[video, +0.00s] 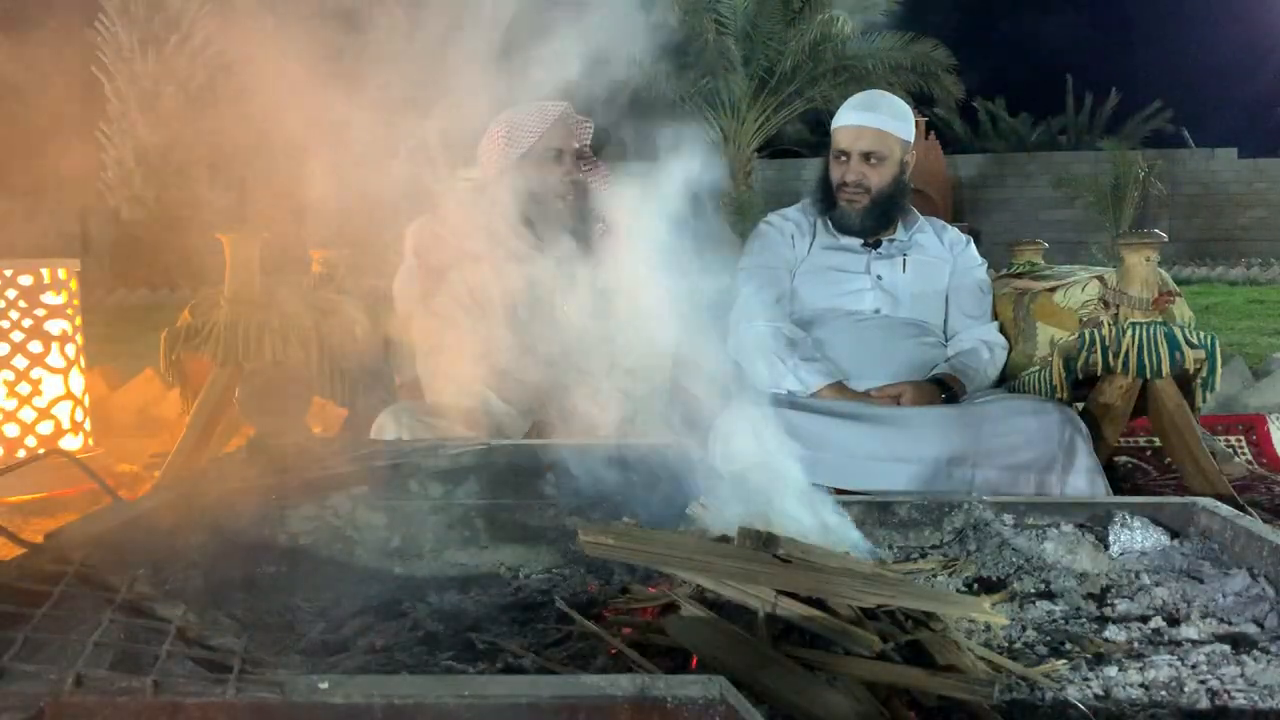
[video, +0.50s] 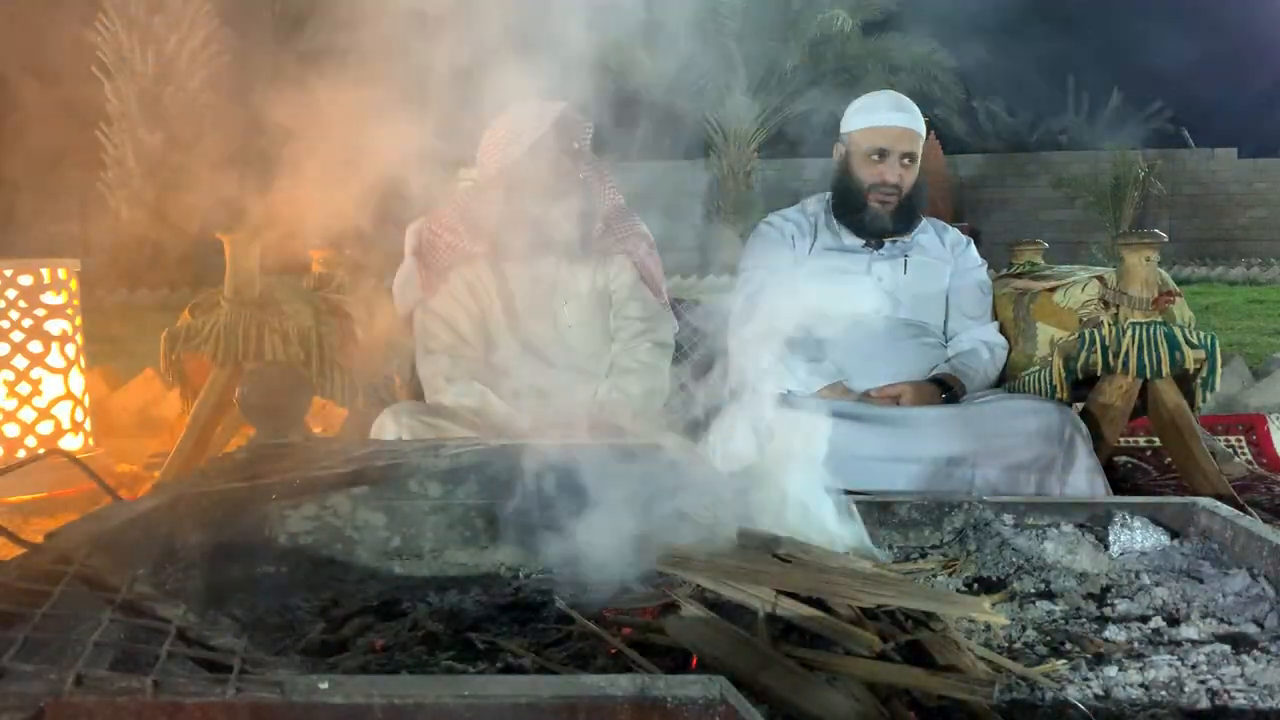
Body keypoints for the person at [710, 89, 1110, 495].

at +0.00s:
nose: (850, 174)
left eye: (871, 160)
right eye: (840, 157)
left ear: (906, 167)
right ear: (827, 159)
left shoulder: (952, 247)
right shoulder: (785, 232)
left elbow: (981, 342)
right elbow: (755, 333)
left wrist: (940, 388)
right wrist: (839, 397)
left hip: (935, 419)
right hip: (823, 417)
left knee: (1054, 427)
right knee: (746, 433)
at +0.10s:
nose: (855, 175)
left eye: (876, 160)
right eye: (844, 157)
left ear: (908, 166)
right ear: (829, 159)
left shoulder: (952, 247)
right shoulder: (783, 233)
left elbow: (981, 342)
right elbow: (756, 332)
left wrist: (939, 388)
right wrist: (838, 397)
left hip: (932, 419)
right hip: (818, 415)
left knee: (1052, 425)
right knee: (741, 431)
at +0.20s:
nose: (865, 175)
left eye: (885, 160)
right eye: (852, 157)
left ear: (911, 167)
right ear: (834, 161)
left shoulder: (952, 247)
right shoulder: (785, 233)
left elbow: (980, 342)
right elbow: (754, 332)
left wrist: (940, 388)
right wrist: (837, 397)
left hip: (935, 420)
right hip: (823, 418)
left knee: (1053, 426)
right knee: (740, 432)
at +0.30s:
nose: (875, 175)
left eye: (894, 159)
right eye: (860, 156)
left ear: (915, 166)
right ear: (836, 158)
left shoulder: (952, 247)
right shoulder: (786, 233)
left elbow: (981, 343)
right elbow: (755, 332)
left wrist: (939, 389)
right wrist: (843, 399)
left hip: (935, 419)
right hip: (824, 417)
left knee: (1052, 424)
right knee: (744, 424)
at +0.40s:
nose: (885, 175)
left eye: (902, 160)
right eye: (869, 156)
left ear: (919, 166)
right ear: (839, 158)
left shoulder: (954, 248)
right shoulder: (784, 234)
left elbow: (981, 344)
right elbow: (761, 339)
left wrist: (939, 388)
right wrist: (839, 398)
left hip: (935, 418)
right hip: (824, 416)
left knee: (1052, 424)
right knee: (754, 432)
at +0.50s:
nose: (892, 176)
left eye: (906, 160)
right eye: (877, 157)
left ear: (920, 166)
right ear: (842, 154)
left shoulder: (953, 249)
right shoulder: (784, 235)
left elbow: (981, 344)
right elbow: (752, 349)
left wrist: (939, 388)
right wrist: (821, 390)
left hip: (934, 420)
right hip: (826, 418)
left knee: (1052, 426)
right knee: (783, 433)